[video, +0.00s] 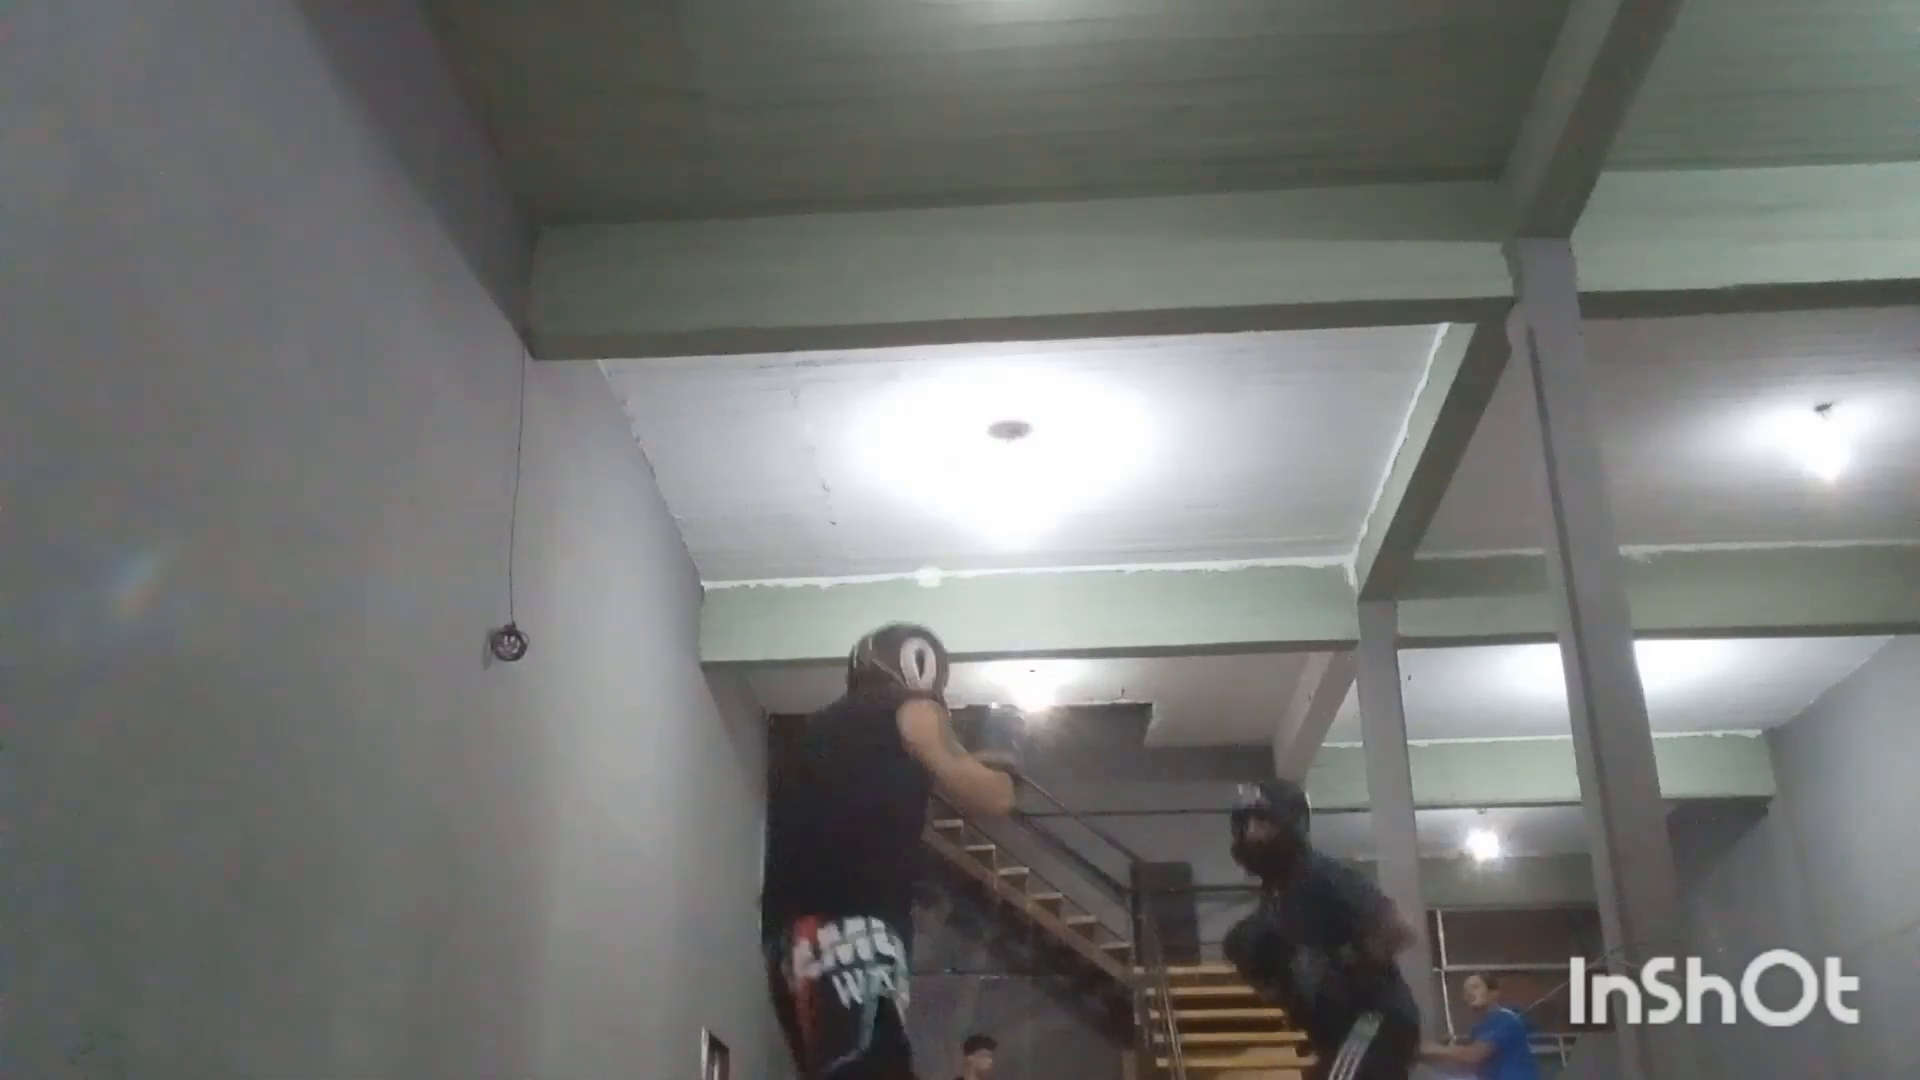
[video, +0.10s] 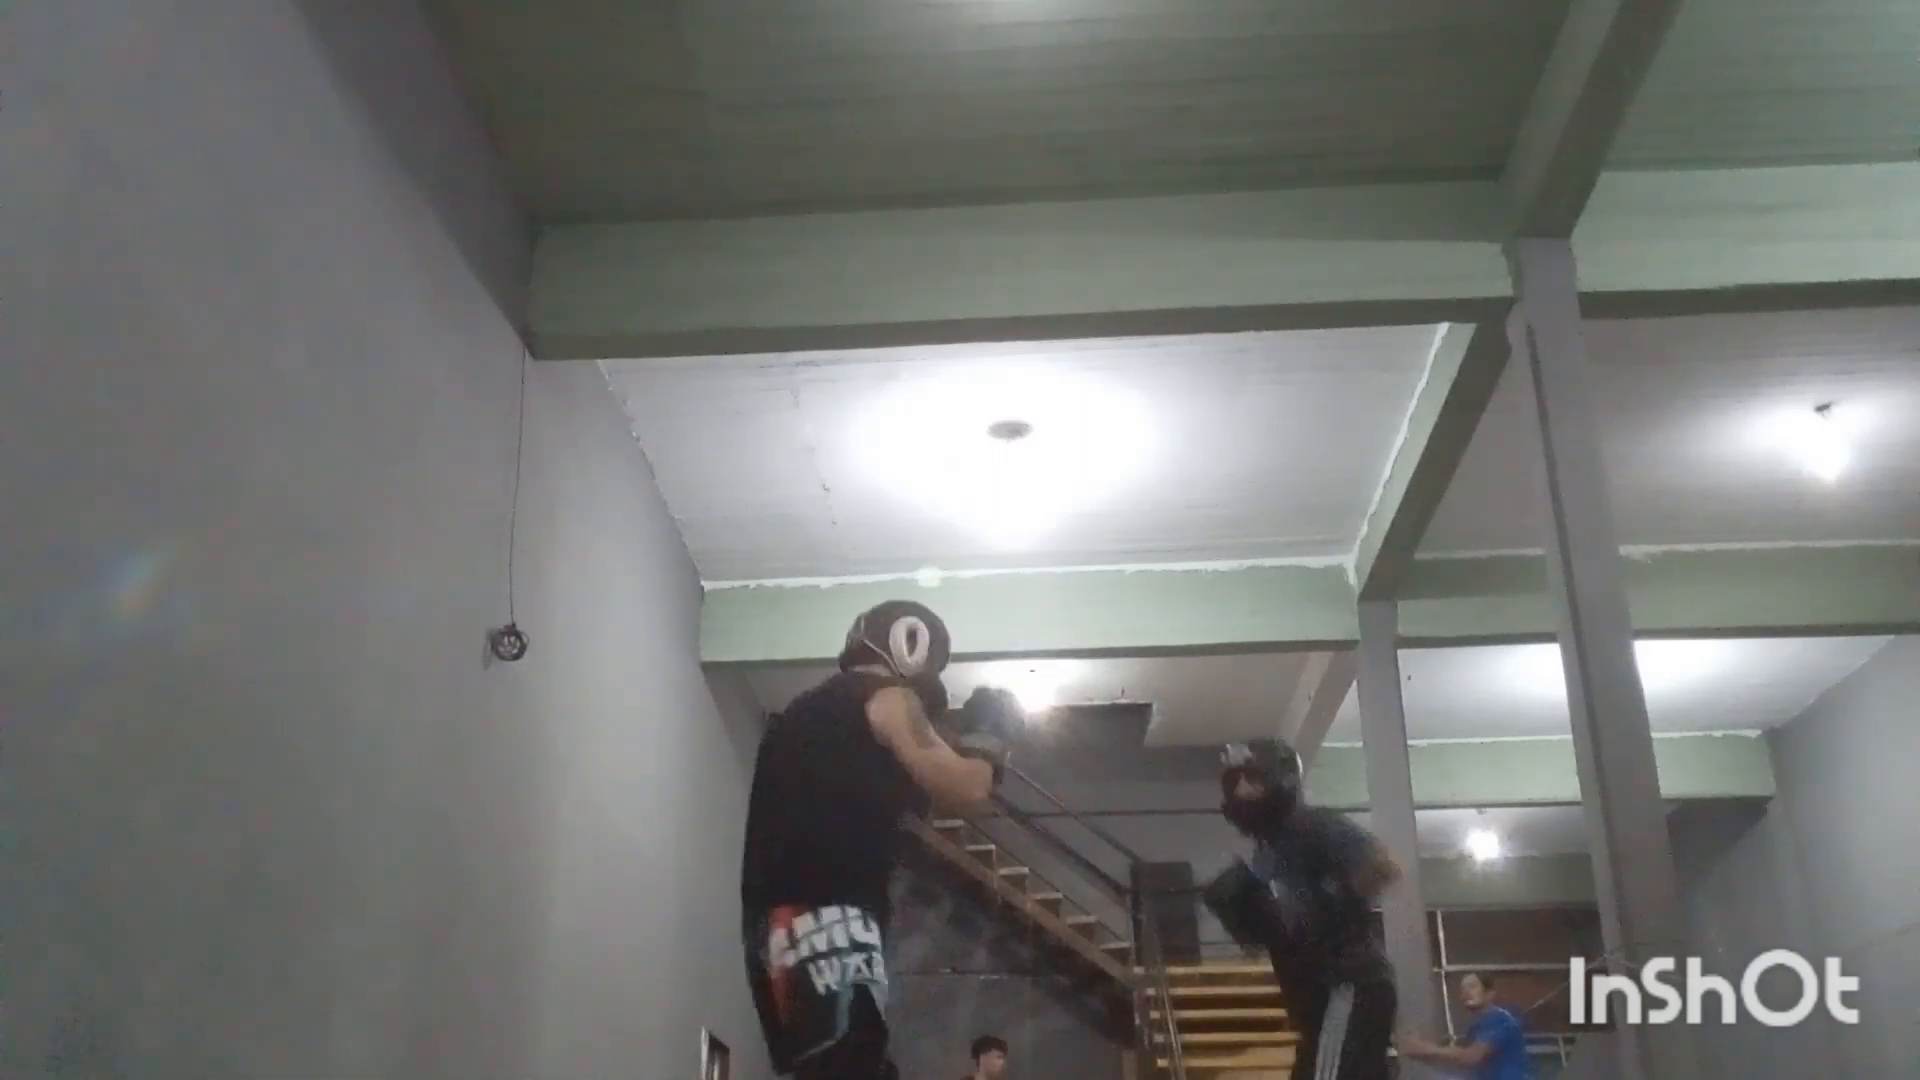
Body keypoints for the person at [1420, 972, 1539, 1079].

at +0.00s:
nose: (1470, 993)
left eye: (1476, 987)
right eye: (1467, 989)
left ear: (1494, 992)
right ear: (1464, 996)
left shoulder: (1506, 1019)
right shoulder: (1479, 1026)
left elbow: (1475, 1055)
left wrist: (1432, 1050)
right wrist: (1454, 1049)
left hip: (1515, 1076)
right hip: (1492, 1076)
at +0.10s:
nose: (1465, 992)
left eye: (1472, 986)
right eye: (1463, 988)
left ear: (1490, 993)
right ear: (1460, 995)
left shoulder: (1499, 1019)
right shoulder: (1477, 1025)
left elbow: (1472, 1057)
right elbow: (1463, 1055)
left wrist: (1424, 1049)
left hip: (1509, 1075)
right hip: (1490, 1075)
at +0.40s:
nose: (1459, 991)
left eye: (1466, 986)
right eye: (1456, 987)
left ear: (1482, 993)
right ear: (1453, 992)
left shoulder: (1489, 1018)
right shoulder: (1466, 1023)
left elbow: (1473, 1056)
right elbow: (1457, 1057)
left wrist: (1421, 1049)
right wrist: (1421, 1043)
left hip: (1493, 1075)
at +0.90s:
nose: (1455, 992)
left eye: (1460, 987)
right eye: (1450, 989)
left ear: (1471, 990)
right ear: (1446, 995)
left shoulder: (1481, 1017)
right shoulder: (1455, 1028)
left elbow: (1475, 1054)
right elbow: (1451, 1056)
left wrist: (1425, 1049)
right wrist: (1416, 1045)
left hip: (1482, 1076)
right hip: (1459, 1076)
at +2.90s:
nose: (1459, 996)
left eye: (1463, 990)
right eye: (1452, 992)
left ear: (1470, 994)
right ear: (1445, 1001)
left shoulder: (1480, 1016)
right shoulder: (1454, 1029)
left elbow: (1476, 1054)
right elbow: (1449, 1056)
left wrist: (1424, 1049)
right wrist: (1418, 1048)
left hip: (1484, 1075)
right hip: (1460, 1076)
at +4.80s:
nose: (1455, 997)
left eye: (1460, 991)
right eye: (1449, 993)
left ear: (1470, 994)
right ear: (1445, 1000)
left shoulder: (1482, 1016)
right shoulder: (1457, 1024)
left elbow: (1476, 1053)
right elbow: (1450, 1053)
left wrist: (1427, 1049)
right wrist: (1420, 1045)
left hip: (1484, 1075)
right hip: (1461, 1075)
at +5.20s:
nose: (1458, 1007)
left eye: (1464, 1003)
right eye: (1454, 1001)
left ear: (1474, 1004)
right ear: (1449, 1002)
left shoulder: (1482, 1018)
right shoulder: (1457, 1028)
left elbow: (1477, 1052)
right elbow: (1445, 1054)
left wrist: (1426, 1049)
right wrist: (1418, 1048)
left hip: (1484, 1076)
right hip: (1461, 1076)